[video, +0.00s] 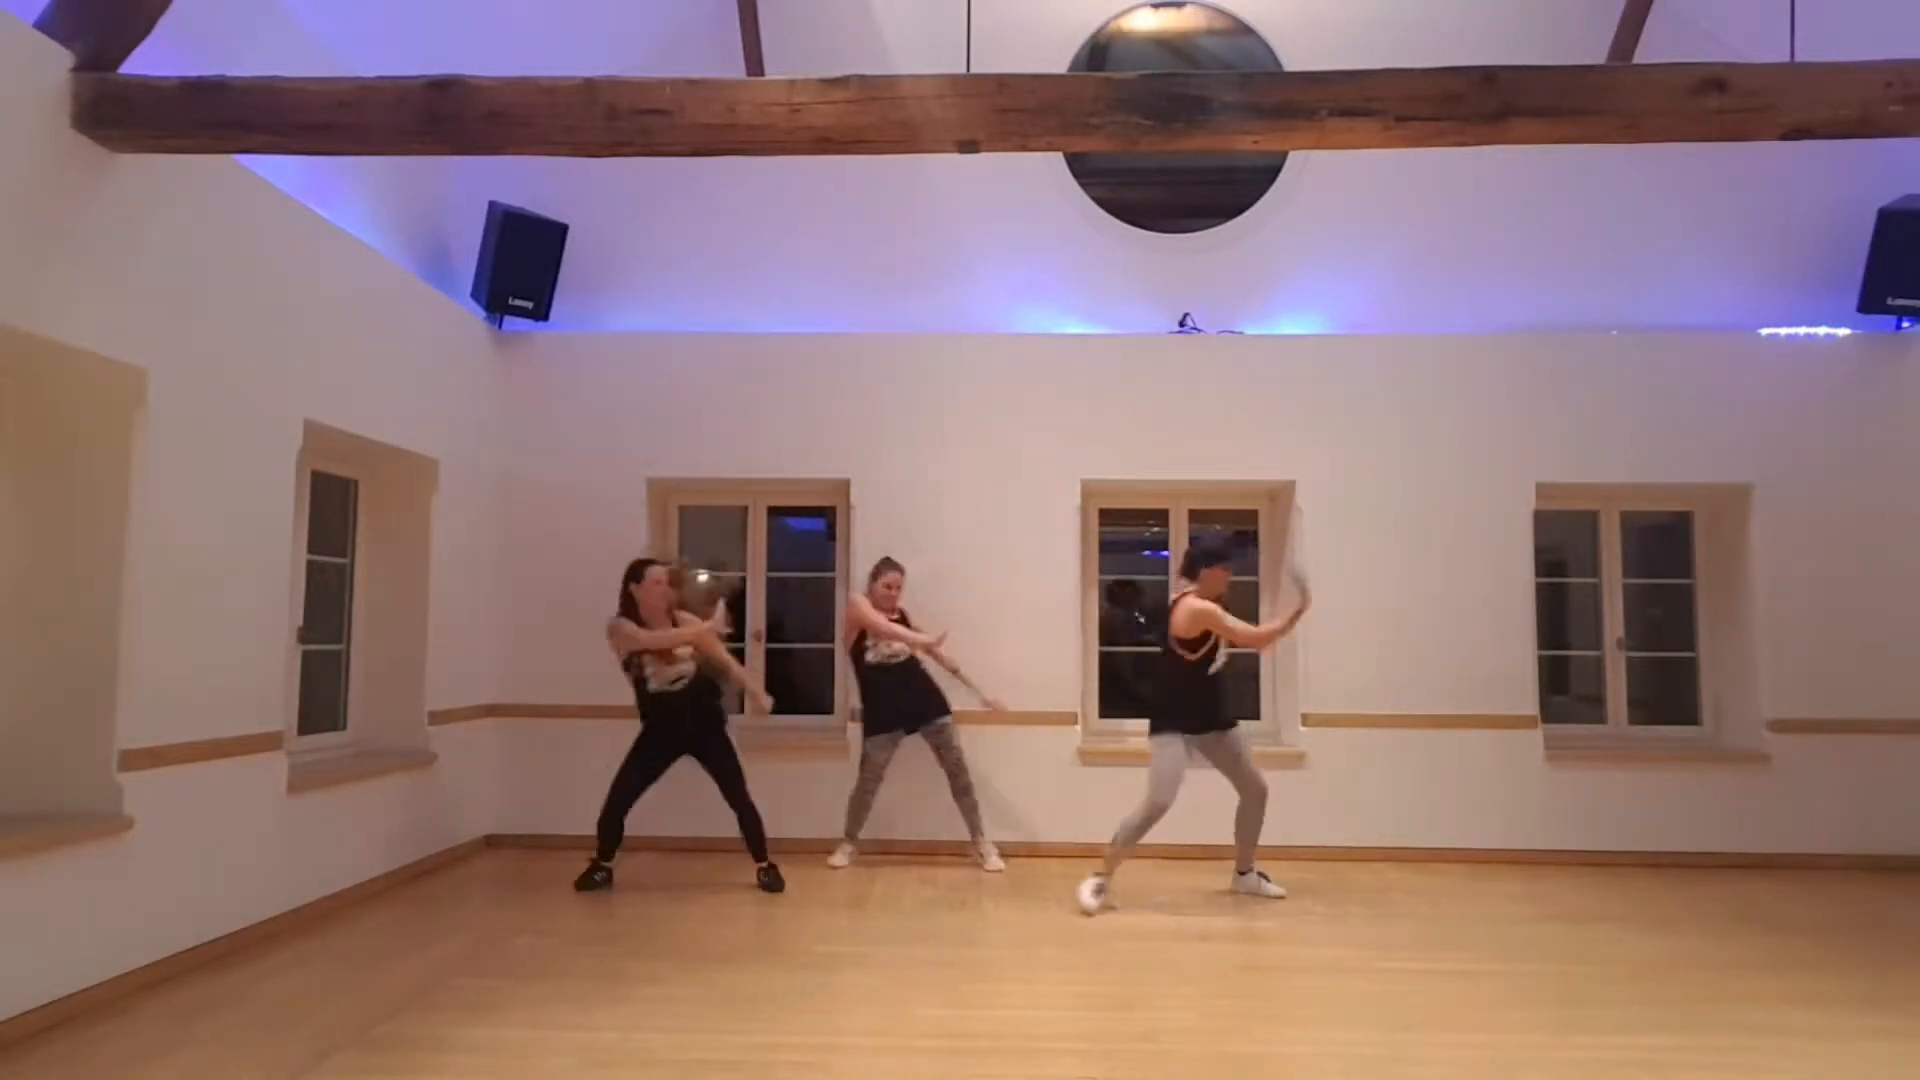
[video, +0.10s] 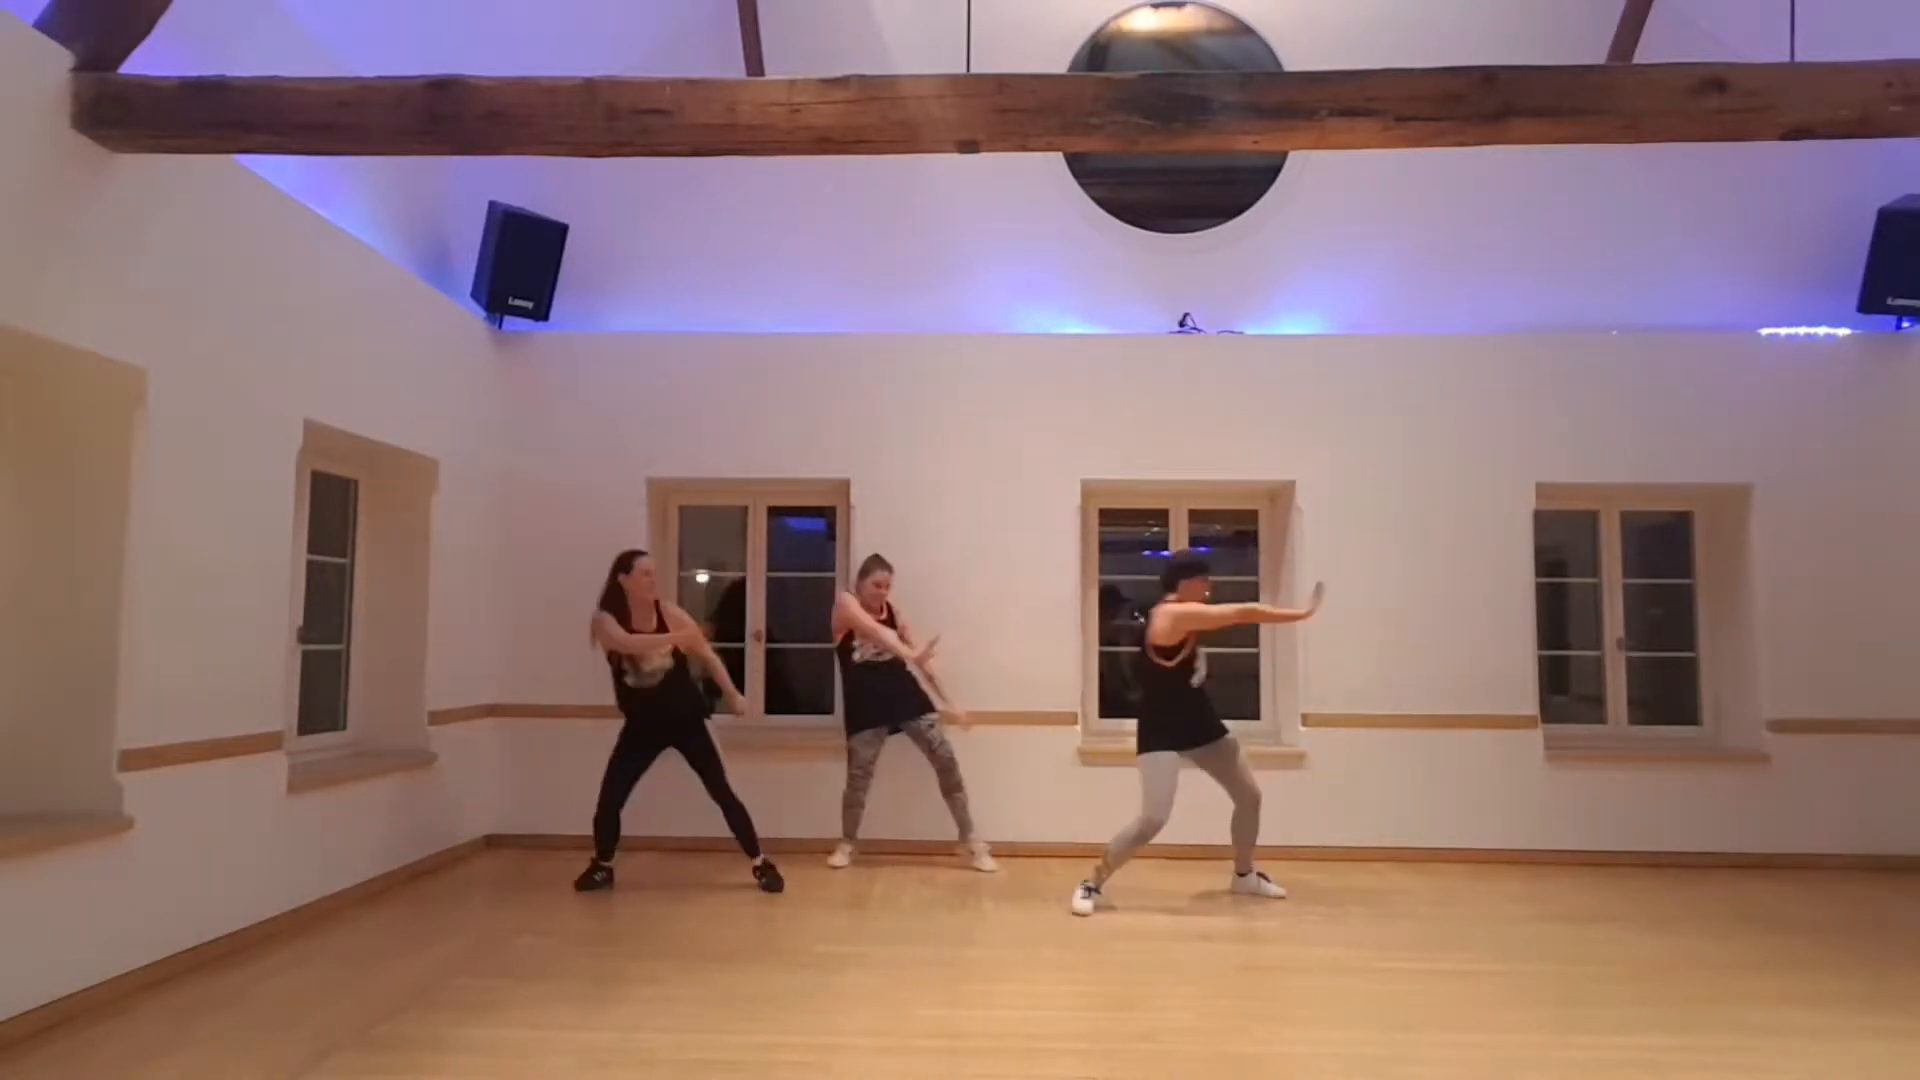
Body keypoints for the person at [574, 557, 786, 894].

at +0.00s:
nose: (665, 590)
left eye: (668, 584)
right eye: (657, 584)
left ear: (673, 590)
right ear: (634, 590)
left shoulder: (686, 621)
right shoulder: (620, 628)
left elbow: (723, 659)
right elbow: (644, 641)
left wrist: (756, 691)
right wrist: (706, 629)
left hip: (705, 730)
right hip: (660, 734)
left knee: (739, 799)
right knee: (617, 800)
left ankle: (764, 865)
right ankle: (602, 865)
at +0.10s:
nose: (653, 580)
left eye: (654, 574)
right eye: (645, 574)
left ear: (655, 579)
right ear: (623, 580)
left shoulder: (672, 615)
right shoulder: (606, 620)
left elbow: (706, 654)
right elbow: (623, 644)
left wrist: (732, 693)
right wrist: (676, 639)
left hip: (686, 721)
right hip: (642, 726)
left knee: (721, 792)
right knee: (609, 798)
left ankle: (759, 862)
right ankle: (602, 865)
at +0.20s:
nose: (650, 562)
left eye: (651, 556)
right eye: (642, 556)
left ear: (651, 561)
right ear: (619, 561)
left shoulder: (666, 597)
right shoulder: (600, 602)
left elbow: (701, 636)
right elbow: (597, 640)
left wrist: (721, 678)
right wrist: (628, 663)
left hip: (672, 702)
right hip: (629, 706)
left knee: (705, 779)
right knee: (610, 789)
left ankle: (745, 856)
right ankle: (603, 864)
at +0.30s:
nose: (652, 550)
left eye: (653, 544)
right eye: (645, 545)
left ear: (653, 548)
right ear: (623, 549)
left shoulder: (666, 585)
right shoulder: (596, 592)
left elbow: (704, 614)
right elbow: (555, 627)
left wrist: (712, 661)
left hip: (665, 694)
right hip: (621, 696)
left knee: (689, 772)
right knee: (609, 782)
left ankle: (708, 852)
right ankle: (603, 863)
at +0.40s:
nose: (654, 551)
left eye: (655, 545)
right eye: (647, 546)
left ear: (654, 551)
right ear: (625, 551)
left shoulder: (666, 586)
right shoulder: (601, 596)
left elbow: (703, 611)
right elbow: (563, 645)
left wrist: (703, 638)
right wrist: (539, 698)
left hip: (659, 697)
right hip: (616, 699)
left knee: (673, 778)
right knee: (606, 782)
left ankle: (664, 848)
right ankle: (603, 863)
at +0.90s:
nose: (636, 542)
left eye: (646, 538)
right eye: (637, 536)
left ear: (667, 549)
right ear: (635, 545)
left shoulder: (678, 590)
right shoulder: (614, 587)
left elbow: (714, 632)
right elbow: (591, 630)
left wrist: (673, 621)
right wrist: (566, 674)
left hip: (661, 695)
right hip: (623, 693)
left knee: (665, 777)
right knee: (606, 777)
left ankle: (684, 847)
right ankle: (603, 858)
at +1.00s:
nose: (651, 545)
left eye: (659, 540)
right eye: (651, 539)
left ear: (681, 548)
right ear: (651, 547)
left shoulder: (688, 593)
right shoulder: (638, 584)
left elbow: (678, 635)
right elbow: (613, 624)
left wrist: (632, 620)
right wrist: (587, 665)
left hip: (669, 695)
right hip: (635, 693)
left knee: (690, 776)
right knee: (612, 775)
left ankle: (734, 852)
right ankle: (608, 859)